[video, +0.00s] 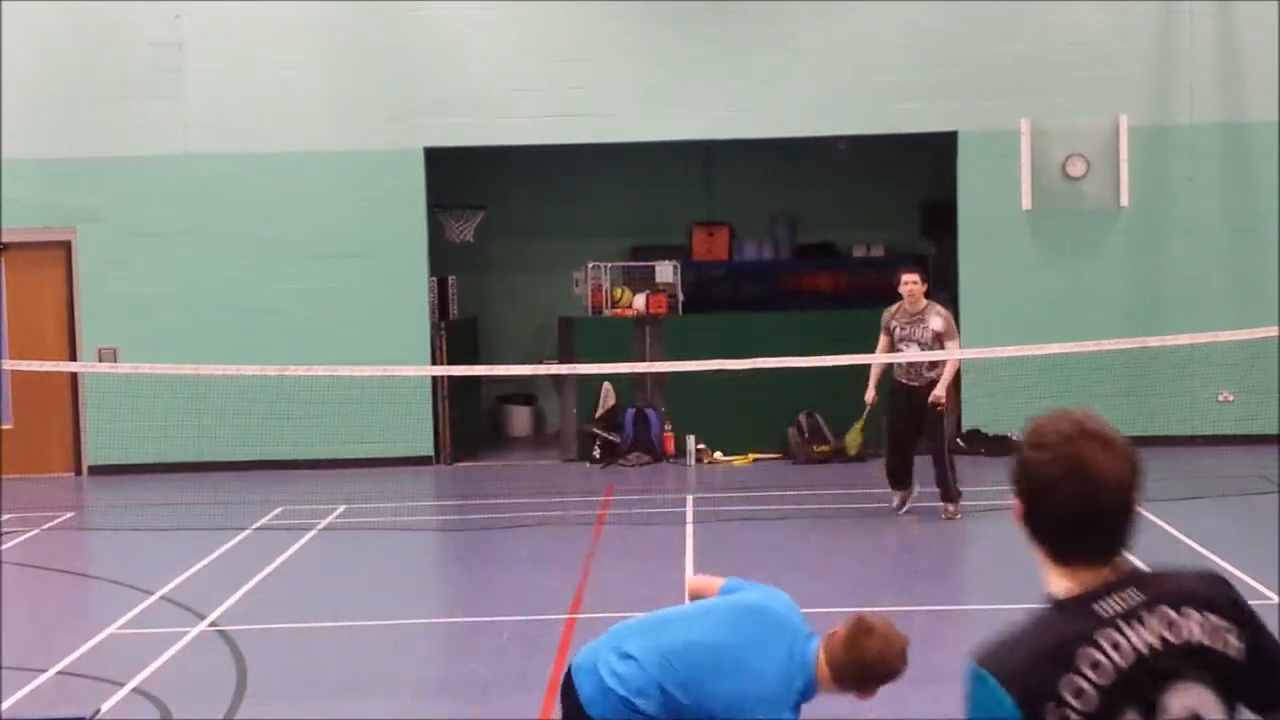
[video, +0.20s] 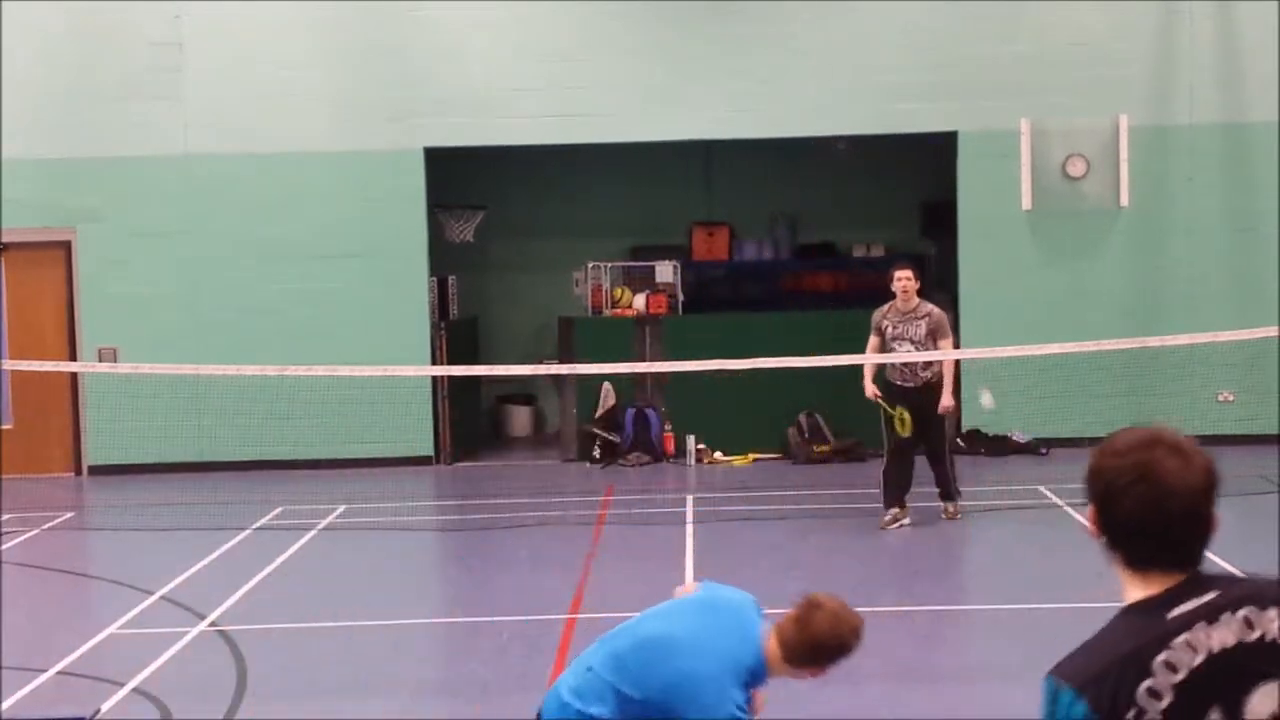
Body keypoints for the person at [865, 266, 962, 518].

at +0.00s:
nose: (909, 288)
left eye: (913, 283)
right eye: (904, 283)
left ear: (924, 287)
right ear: (899, 288)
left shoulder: (940, 316)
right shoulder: (891, 316)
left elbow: (953, 355)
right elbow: (881, 353)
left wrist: (942, 386)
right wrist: (871, 386)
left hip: (934, 386)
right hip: (902, 386)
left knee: (939, 444)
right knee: (896, 440)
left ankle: (950, 500)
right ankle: (902, 487)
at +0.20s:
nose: (903, 284)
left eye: (908, 279)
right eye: (899, 280)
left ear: (917, 284)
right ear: (892, 285)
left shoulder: (934, 315)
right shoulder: (881, 316)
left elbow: (948, 355)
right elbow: (872, 351)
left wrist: (947, 392)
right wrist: (868, 380)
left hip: (929, 389)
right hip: (896, 390)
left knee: (937, 448)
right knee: (897, 449)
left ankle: (949, 499)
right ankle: (896, 506)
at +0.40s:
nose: (897, 279)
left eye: (901, 274)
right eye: (892, 275)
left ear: (911, 279)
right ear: (885, 281)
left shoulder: (928, 310)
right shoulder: (873, 314)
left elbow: (940, 351)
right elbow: (863, 353)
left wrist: (944, 387)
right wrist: (867, 382)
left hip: (923, 388)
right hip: (888, 389)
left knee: (932, 446)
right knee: (890, 449)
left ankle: (937, 494)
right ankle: (895, 508)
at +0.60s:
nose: (905, 277)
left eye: (908, 273)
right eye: (899, 273)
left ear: (915, 278)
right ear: (890, 279)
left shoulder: (929, 309)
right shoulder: (875, 312)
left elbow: (939, 346)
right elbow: (868, 353)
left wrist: (932, 358)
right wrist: (874, 385)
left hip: (923, 387)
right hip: (890, 389)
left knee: (929, 446)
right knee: (890, 449)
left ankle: (934, 507)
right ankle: (894, 509)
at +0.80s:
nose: (918, 279)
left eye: (921, 274)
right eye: (912, 275)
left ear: (926, 279)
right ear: (901, 280)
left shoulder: (938, 312)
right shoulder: (883, 313)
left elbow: (945, 348)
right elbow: (880, 354)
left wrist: (931, 336)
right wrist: (884, 388)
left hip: (928, 390)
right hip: (896, 390)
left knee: (934, 449)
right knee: (895, 452)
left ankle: (947, 511)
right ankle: (895, 510)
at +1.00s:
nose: (933, 280)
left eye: (937, 275)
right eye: (927, 275)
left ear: (944, 280)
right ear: (917, 280)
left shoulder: (954, 312)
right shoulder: (900, 312)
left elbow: (960, 344)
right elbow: (892, 354)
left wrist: (945, 341)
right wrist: (893, 390)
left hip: (944, 391)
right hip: (910, 390)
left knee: (945, 451)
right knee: (904, 451)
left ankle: (947, 515)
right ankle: (895, 508)